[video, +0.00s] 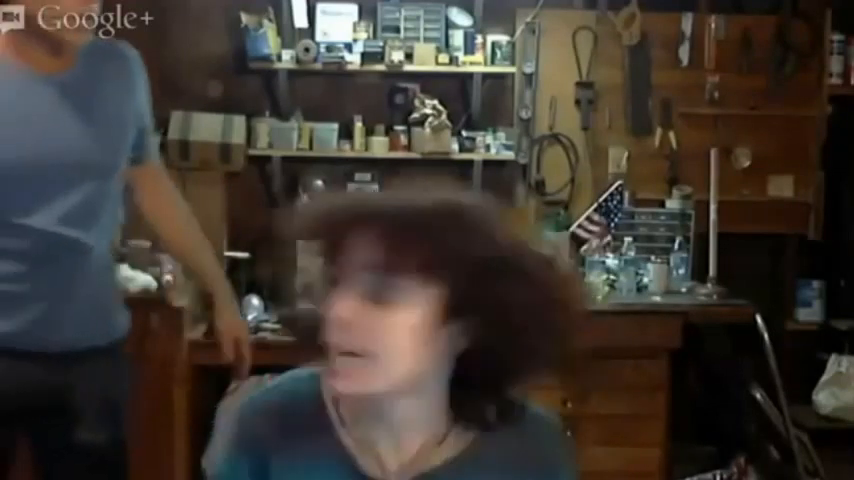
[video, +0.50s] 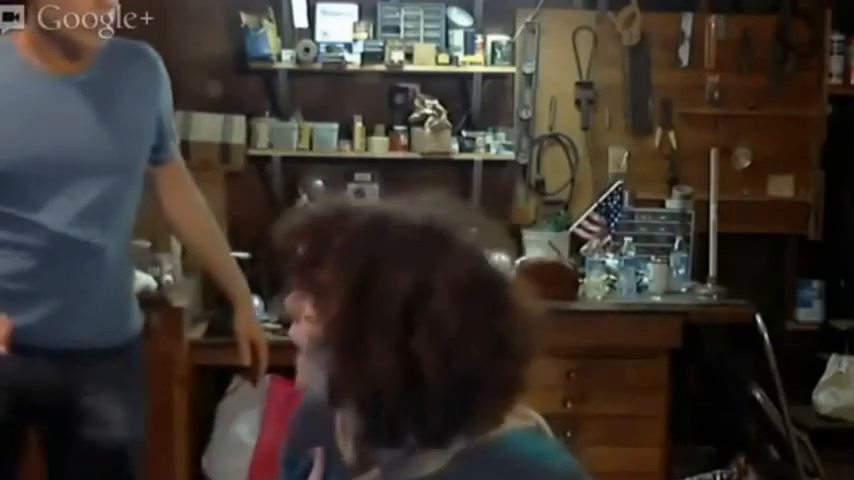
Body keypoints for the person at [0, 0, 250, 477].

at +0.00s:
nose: (87, 6)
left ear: (103, 3)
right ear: (24, 1)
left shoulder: (118, 65)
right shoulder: (8, 64)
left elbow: (149, 180)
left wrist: (221, 293)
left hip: (94, 344)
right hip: (12, 345)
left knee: (98, 470)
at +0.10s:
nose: (93, 7)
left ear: (108, 3)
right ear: (28, 1)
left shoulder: (126, 66)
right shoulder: (5, 65)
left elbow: (159, 186)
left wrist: (229, 295)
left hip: (103, 348)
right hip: (14, 349)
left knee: (102, 470)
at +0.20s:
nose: (95, 7)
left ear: (111, 2)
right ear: (31, 2)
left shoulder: (130, 67)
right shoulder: (6, 65)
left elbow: (166, 185)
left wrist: (234, 295)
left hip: (104, 350)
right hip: (14, 351)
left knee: (103, 470)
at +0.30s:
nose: (95, 7)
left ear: (111, 2)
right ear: (31, 2)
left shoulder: (130, 67)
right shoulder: (6, 65)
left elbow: (166, 185)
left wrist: (234, 295)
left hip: (104, 350)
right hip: (15, 351)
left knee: (103, 471)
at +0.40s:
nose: (109, 7)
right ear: (38, 3)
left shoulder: (138, 68)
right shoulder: (6, 66)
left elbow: (172, 184)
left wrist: (240, 297)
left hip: (107, 350)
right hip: (14, 350)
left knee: (106, 472)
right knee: (7, 470)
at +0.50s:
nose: (110, 8)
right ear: (38, 3)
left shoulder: (140, 69)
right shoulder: (6, 66)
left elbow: (175, 184)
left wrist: (241, 297)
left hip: (108, 350)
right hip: (14, 350)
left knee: (107, 471)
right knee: (8, 469)